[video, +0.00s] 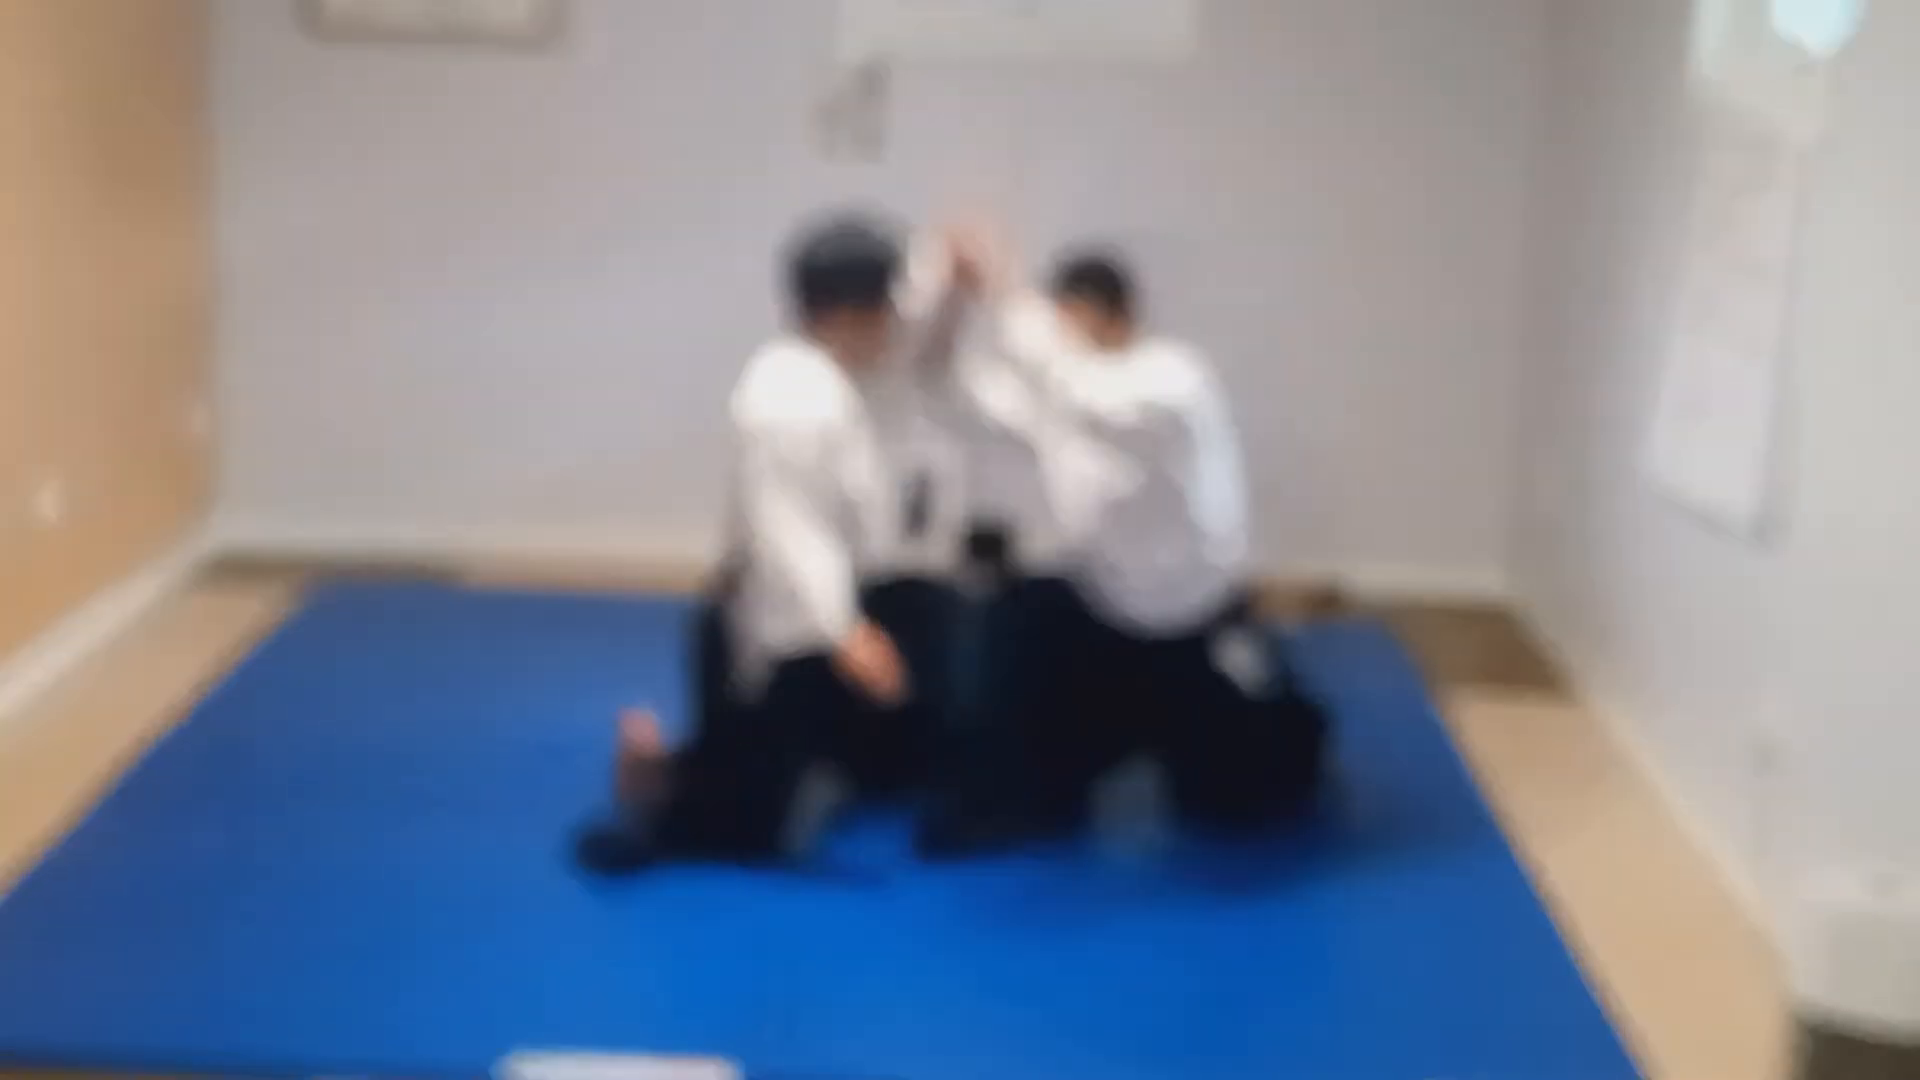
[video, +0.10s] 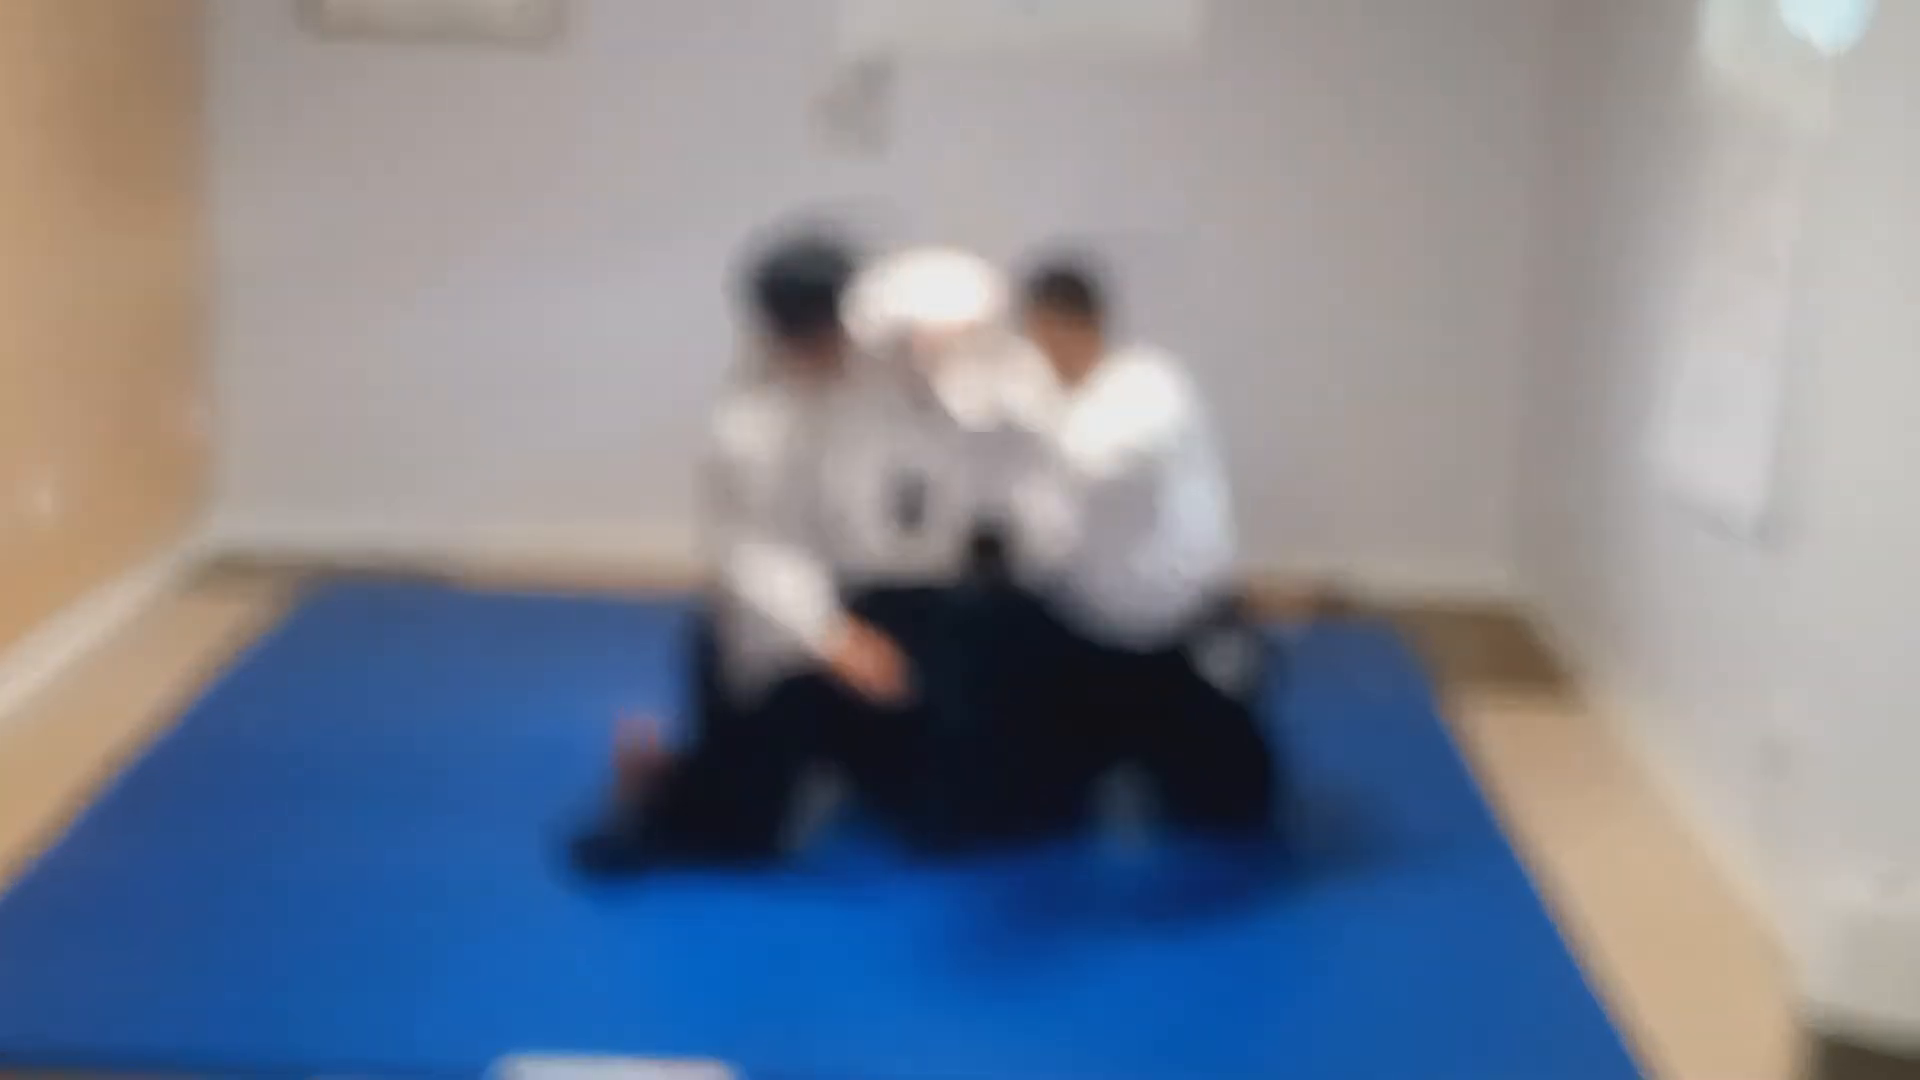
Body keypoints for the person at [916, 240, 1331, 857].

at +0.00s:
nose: (1062, 329)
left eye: (1072, 313)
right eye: (1058, 315)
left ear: (1108, 312)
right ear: (1051, 321)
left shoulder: (1173, 377)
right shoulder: (1049, 400)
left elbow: (1093, 394)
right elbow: (948, 387)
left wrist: (1008, 305)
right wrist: (952, 300)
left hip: (1204, 639)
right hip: (1097, 638)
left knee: (1240, 808)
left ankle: (1291, 728)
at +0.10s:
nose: (1047, 342)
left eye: (1054, 324)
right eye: (1039, 326)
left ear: (1082, 321)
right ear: (1034, 328)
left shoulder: (1145, 386)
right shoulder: (1054, 401)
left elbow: (1094, 461)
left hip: (1185, 649)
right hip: (1085, 651)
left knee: (1222, 824)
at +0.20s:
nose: (1016, 393)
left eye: (1029, 378)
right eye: (1005, 377)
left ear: (1073, 362)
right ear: (996, 364)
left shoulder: (1120, 428)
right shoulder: (999, 413)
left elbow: (1070, 514)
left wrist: (983, 476)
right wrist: (945, 464)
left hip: (1143, 640)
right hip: (1053, 630)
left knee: (1158, 783)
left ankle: (1203, 737)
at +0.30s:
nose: (1008, 402)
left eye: (1022, 389)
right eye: (997, 386)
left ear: (1065, 371)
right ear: (988, 369)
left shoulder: (1115, 443)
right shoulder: (971, 417)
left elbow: (1087, 558)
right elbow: (909, 510)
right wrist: (909, 427)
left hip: (1127, 642)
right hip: (1027, 634)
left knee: (1168, 785)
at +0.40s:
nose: (1010, 414)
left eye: (1026, 400)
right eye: (999, 397)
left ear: (1066, 384)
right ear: (989, 377)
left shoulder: (1119, 455)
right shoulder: (960, 431)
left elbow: (1119, 572)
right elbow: (918, 533)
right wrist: (919, 487)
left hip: (1102, 635)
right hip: (994, 629)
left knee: (1156, 779)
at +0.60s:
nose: (1031, 435)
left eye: (1048, 421)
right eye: (1019, 418)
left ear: (1080, 404)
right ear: (1005, 397)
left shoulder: (1128, 468)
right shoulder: (964, 452)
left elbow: (1152, 592)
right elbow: (914, 517)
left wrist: (1095, 675)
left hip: (1099, 648)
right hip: (996, 643)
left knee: (1158, 784)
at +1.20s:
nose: (1025, 459)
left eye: (1043, 442)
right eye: (1010, 441)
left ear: (1062, 427)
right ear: (984, 417)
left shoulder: (1096, 496)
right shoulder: (933, 481)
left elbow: (1089, 612)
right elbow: (875, 543)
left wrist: (1018, 657)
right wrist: (867, 579)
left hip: (1057, 683)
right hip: (941, 688)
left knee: (1150, 788)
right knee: (912, 816)